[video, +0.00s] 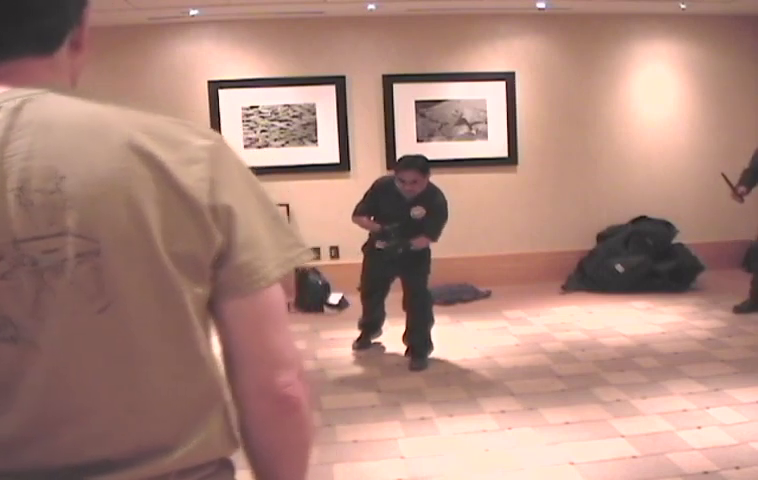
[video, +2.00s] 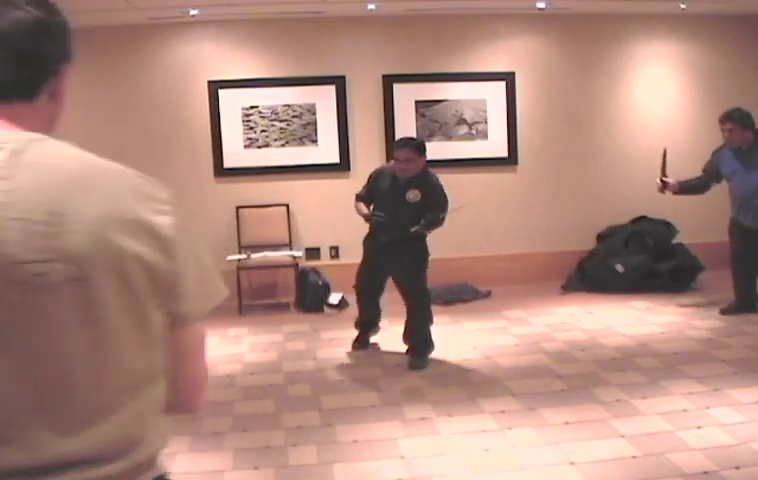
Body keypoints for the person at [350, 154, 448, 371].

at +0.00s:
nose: (407, 187)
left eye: (414, 182)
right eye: (402, 181)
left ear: (426, 179)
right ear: (395, 176)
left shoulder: (435, 200)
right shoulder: (382, 187)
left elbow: (428, 237)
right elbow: (357, 216)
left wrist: (403, 245)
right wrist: (376, 228)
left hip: (414, 253)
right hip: (380, 251)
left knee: (417, 300)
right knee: (370, 292)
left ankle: (418, 351)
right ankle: (369, 331)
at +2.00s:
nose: (401, 165)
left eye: (408, 161)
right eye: (397, 160)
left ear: (422, 161)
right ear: (392, 159)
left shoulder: (429, 183)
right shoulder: (381, 176)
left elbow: (438, 214)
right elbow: (361, 200)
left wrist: (422, 226)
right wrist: (366, 213)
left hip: (409, 246)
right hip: (378, 245)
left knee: (417, 299)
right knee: (365, 289)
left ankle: (419, 349)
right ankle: (366, 329)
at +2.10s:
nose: (403, 167)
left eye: (409, 162)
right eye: (399, 161)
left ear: (424, 161)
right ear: (394, 159)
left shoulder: (432, 183)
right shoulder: (384, 175)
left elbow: (418, 223)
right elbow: (366, 199)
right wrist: (369, 211)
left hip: (412, 247)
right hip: (380, 245)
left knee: (417, 300)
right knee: (366, 287)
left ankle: (418, 349)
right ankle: (364, 329)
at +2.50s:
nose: (405, 174)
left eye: (411, 168)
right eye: (400, 168)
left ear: (426, 166)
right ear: (395, 165)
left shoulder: (438, 188)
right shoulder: (385, 179)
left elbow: (435, 227)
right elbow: (367, 203)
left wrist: (409, 247)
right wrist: (372, 222)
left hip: (418, 246)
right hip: (383, 242)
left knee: (421, 298)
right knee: (369, 291)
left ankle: (418, 350)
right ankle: (362, 329)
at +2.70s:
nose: (405, 169)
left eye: (411, 163)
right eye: (400, 163)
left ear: (424, 161)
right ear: (394, 162)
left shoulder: (437, 185)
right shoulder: (383, 179)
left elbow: (453, 223)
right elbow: (361, 209)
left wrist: (438, 254)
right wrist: (367, 243)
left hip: (420, 249)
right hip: (384, 248)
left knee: (423, 302)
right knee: (369, 294)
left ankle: (419, 350)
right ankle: (362, 329)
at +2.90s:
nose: (402, 165)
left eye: (407, 159)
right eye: (396, 160)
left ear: (419, 158)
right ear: (389, 160)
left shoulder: (431, 181)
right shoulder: (377, 179)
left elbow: (459, 211)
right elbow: (347, 207)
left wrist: (457, 241)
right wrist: (339, 242)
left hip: (419, 248)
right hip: (383, 249)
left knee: (423, 301)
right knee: (378, 299)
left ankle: (420, 351)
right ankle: (374, 344)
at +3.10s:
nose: (395, 166)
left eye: (400, 160)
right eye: (389, 161)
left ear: (408, 158)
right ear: (378, 162)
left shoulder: (420, 179)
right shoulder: (366, 180)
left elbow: (447, 205)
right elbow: (335, 212)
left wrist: (441, 226)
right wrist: (327, 243)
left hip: (415, 249)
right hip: (380, 250)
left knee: (421, 300)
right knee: (382, 301)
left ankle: (421, 350)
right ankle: (380, 350)